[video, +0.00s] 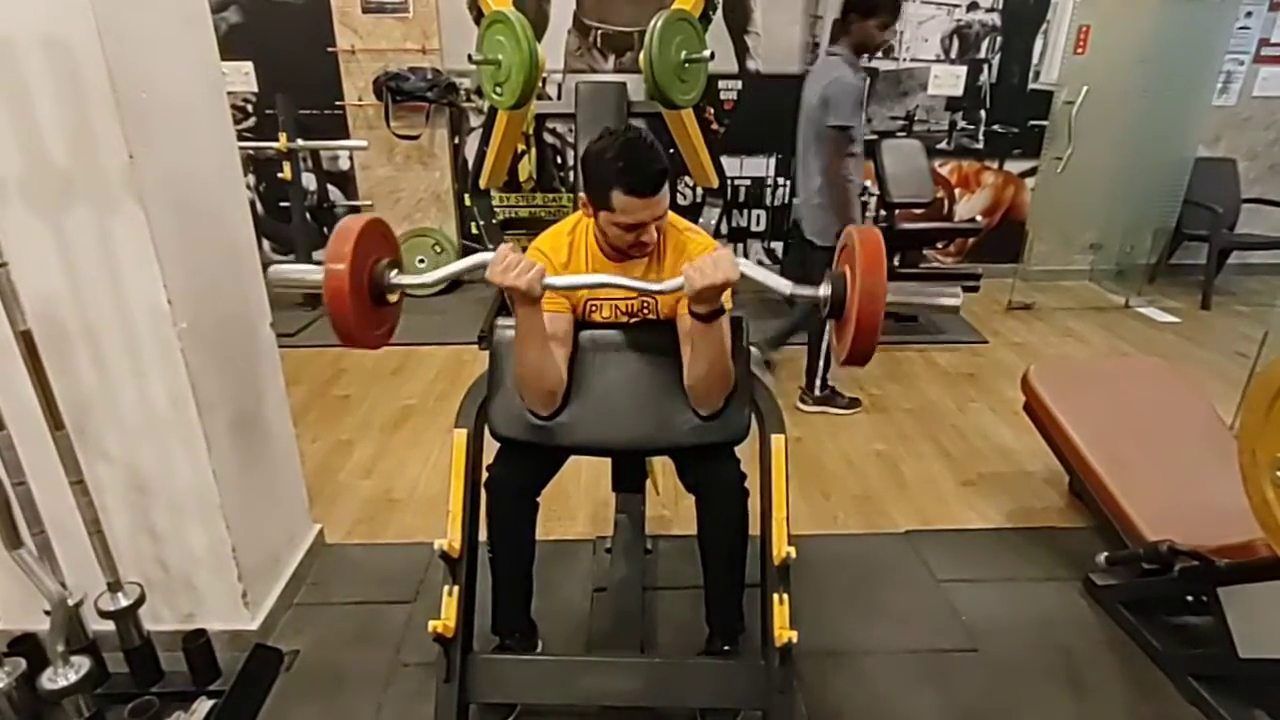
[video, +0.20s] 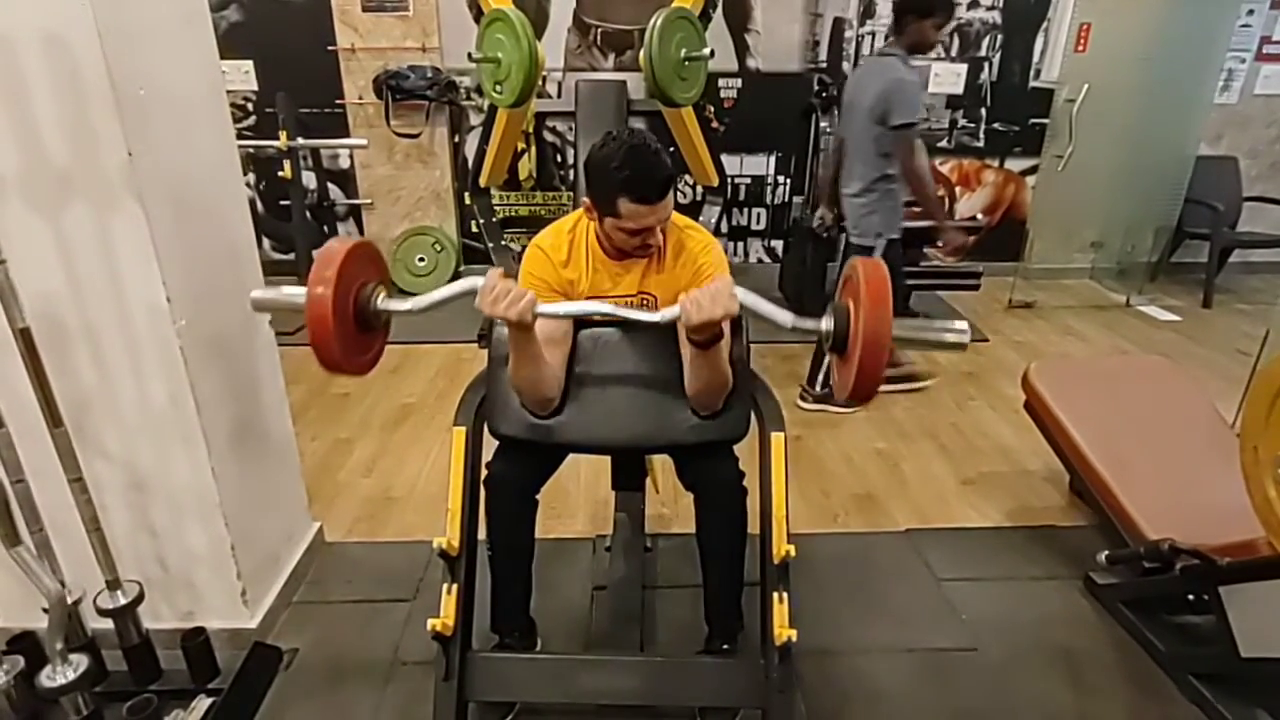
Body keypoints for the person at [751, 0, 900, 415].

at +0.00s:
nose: (887, 38)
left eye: (890, 29)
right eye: (882, 27)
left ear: (853, 23)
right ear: (854, 22)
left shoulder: (827, 67)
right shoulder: (845, 80)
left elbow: (822, 148)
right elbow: (834, 164)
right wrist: (852, 225)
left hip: (810, 207)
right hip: (827, 215)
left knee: (805, 295)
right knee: (826, 300)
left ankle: (760, 346)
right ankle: (816, 386)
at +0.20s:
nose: (939, 39)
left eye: (943, 30)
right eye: (937, 28)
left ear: (902, 21)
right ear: (912, 21)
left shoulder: (864, 69)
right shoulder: (901, 80)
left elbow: (840, 143)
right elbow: (911, 166)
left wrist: (827, 197)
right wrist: (943, 225)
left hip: (853, 206)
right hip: (877, 216)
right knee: (866, 302)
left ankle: (877, 361)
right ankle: (826, 379)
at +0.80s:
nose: (1091, 31)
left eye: (1094, 21)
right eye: (1088, 20)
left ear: (1058, 18)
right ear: (1062, 16)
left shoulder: (1014, 63)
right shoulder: (1048, 72)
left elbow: (999, 139)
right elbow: (1027, 150)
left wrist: (1003, 201)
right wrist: (1030, 224)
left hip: (994, 208)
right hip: (1027, 215)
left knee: (966, 294)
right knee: (1045, 298)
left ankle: (942, 371)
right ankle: (1035, 381)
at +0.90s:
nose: (1137, 35)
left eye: (1139, 26)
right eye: (1134, 25)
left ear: (1096, 22)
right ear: (1109, 23)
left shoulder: (1062, 68)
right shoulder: (1093, 80)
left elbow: (1044, 145)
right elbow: (1068, 160)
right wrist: (1067, 231)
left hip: (1029, 206)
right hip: (1058, 214)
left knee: (999, 283)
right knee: (1067, 299)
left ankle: (951, 363)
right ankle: (1073, 371)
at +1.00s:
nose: (1148, 35)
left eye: (1150, 26)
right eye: (1146, 25)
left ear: (1108, 22)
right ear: (1121, 22)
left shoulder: (1072, 68)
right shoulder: (1106, 79)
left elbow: (1052, 143)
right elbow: (1081, 159)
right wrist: (1081, 230)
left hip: (1042, 209)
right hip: (1072, 217)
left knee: (1008, 286)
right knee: (1076, 307)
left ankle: (956, 359)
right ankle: (1080, 376)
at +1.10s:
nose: (1195, 29)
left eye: (1197, 20)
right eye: (1193, 19)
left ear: (1153, 15)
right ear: (1170, 17)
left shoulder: (1110, 64)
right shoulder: (1151, 72)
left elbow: (1087, 138)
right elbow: (1130, 154)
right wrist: (1135, 225)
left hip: (1085, 205)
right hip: (1114, 214)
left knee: (1073, 277)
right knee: (1101, 299)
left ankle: (1015, 333)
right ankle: (1082, 372)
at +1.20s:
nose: (1203, 30)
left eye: (1205, 20)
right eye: (1201, 19)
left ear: (1158, 16)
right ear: (1179, 18)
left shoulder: (1113, 68)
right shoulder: (1162, 73)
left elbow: (1092, 141)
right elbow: (1146, 154)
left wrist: (1095, 192)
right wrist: (1150, 223)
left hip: (1092, 206)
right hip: (1124, 214)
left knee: (1082, 280)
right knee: (1103, 300)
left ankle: (1027, 337)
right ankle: (1080, 376)